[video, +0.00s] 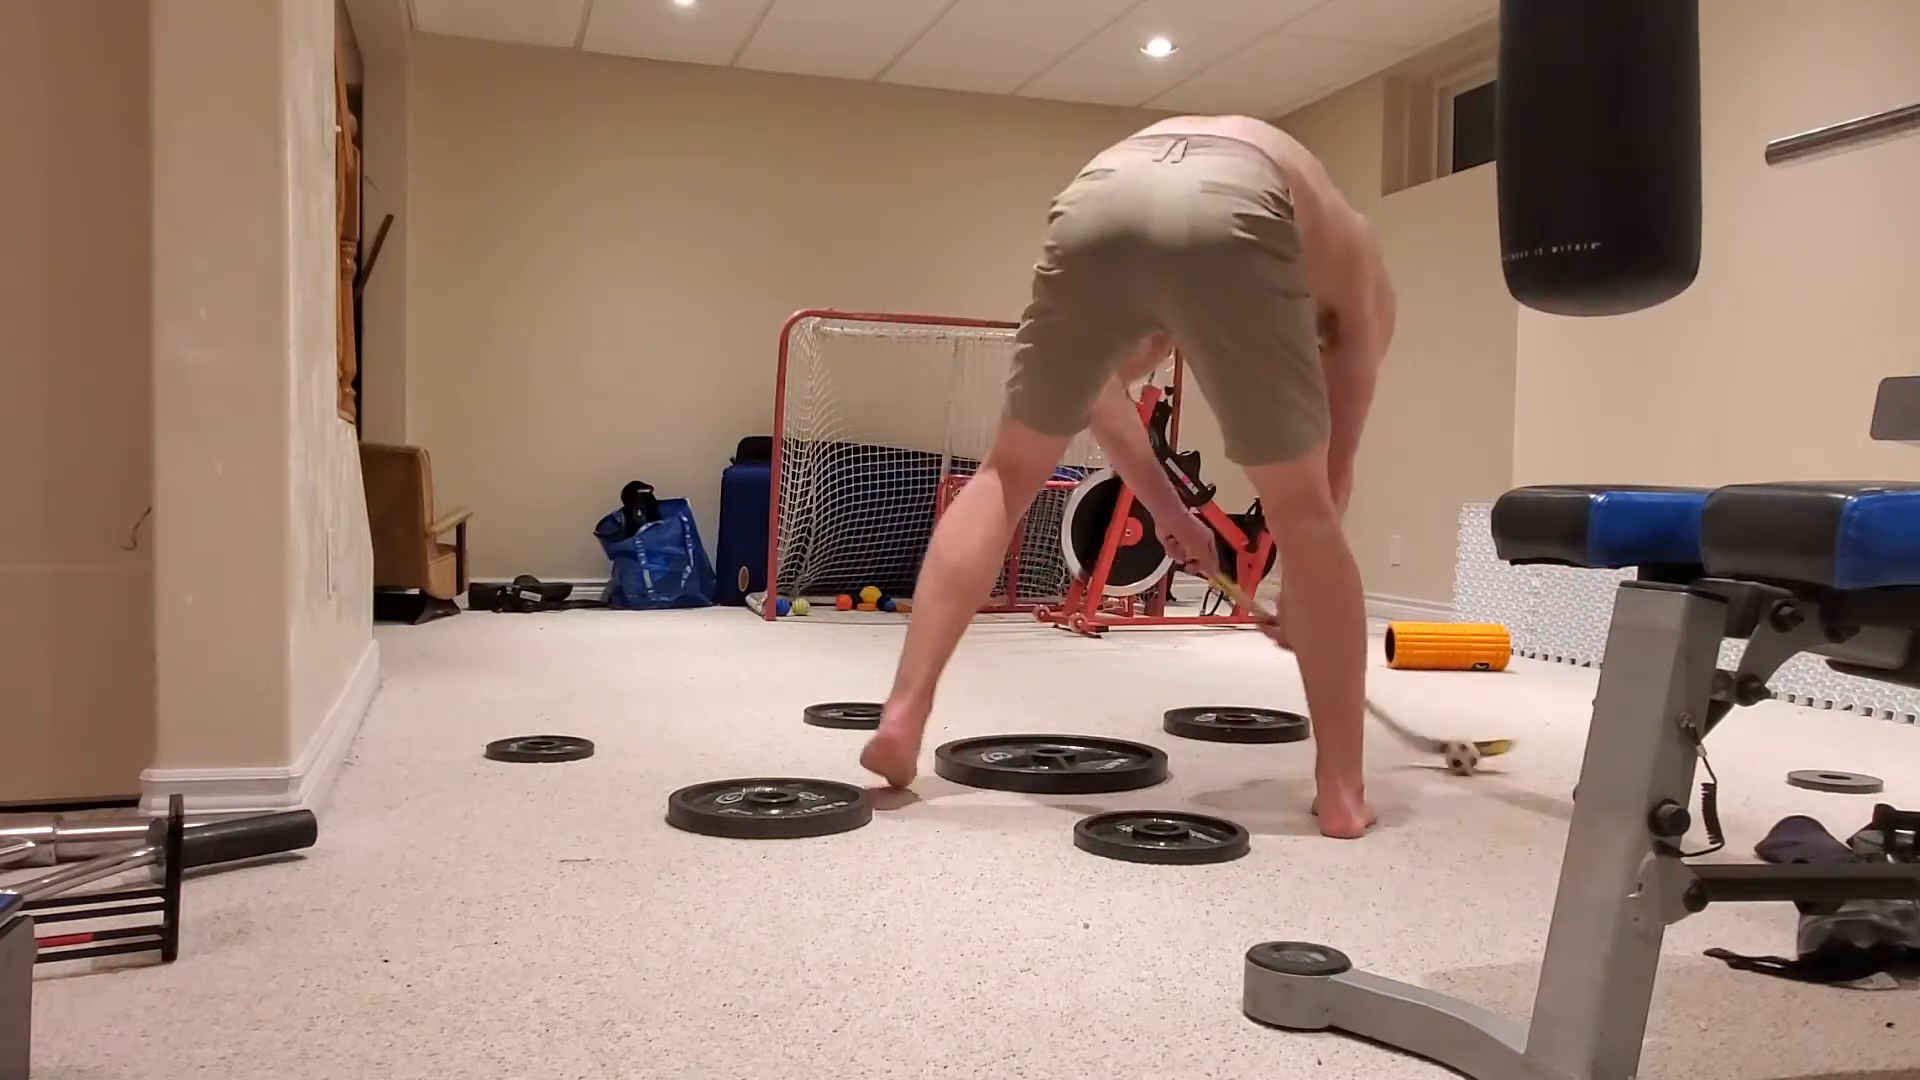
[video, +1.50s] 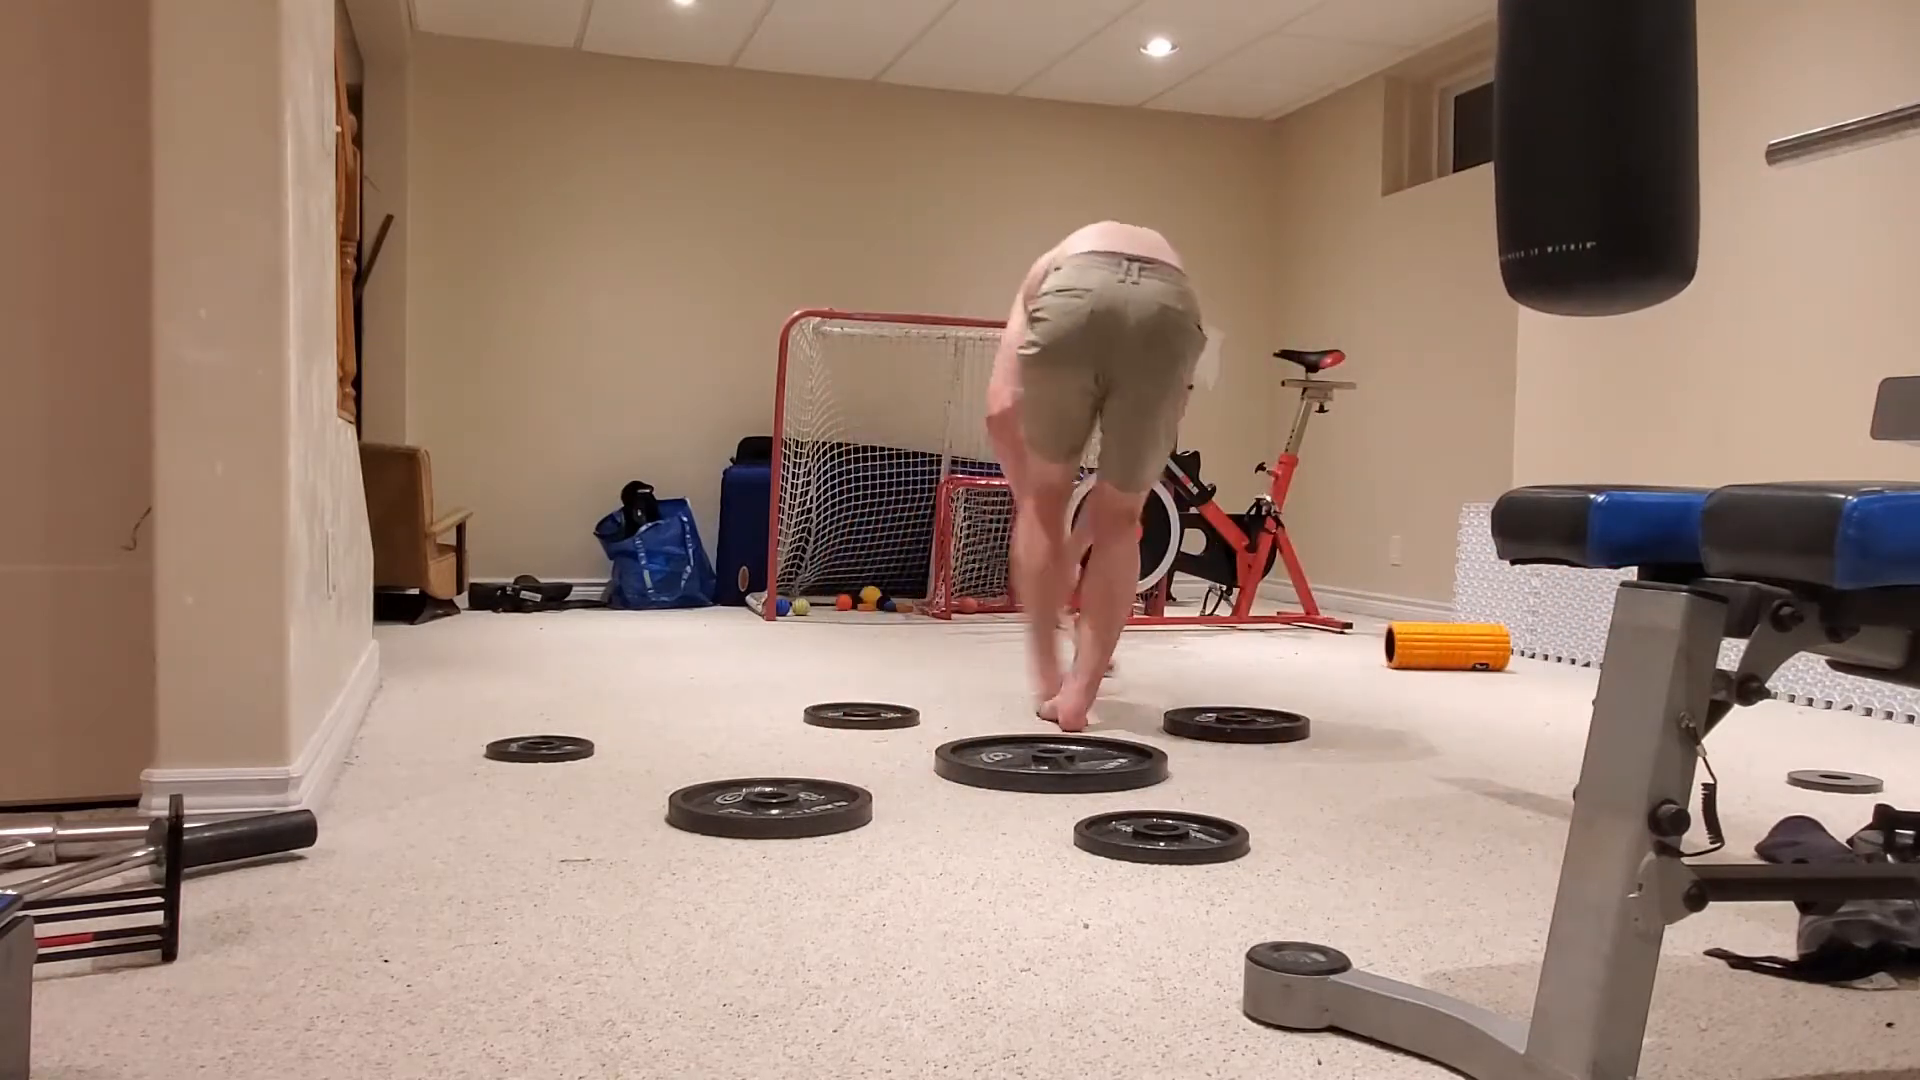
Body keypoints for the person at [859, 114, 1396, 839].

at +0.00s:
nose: (1149, 363)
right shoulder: (1359, 288)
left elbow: (1099, 394)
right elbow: (1331, 480)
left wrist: (1171, 513)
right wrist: (1301, 609)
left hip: (1097, 194)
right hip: (1235, 211)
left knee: (1004, 476)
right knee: (1309, 521)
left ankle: (901, 716)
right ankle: (1339, 791)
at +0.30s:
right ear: (1277, 287)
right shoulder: (1303, 260)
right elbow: (1287, 388)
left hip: (1053, 217)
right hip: (1185, 230)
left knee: (944, 477)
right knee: (1272, 527)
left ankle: (846, 686)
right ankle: (1331, 789)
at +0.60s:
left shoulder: (941, 199)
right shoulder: (1085, 246)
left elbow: (840, 278)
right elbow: (1015, 442)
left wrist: (860, 423)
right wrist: (926, 528)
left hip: (957, 248)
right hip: (1075, 258)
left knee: (877, 516)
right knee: (1173, 536)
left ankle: (835, 736)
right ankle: (1302, 761)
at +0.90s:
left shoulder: (875, 227)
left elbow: (833, 336)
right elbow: (1011, 430)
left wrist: (898, 474)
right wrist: (964, 533)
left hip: (930, 244)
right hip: (1042, 239)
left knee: (869, 511)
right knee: (1095, 493)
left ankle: (837, 736)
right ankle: (1169, 699)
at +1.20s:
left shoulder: (943, 269)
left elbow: (952, 418)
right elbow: (1111, 456)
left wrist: (1020, 517)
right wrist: (1105, 570)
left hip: (1000, 275)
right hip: (1102, 279)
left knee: (911, 511)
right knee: (1085, 509)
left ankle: (845, 719)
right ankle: (1074, 702)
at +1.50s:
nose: (1074, 606)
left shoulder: (1046, 277)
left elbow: (1002, 409)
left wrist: (1045, 546)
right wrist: (1072, 552)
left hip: (1073, 290)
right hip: (1169, 302)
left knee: (1043, 504)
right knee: (1119, 516)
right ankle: (1079, 692)